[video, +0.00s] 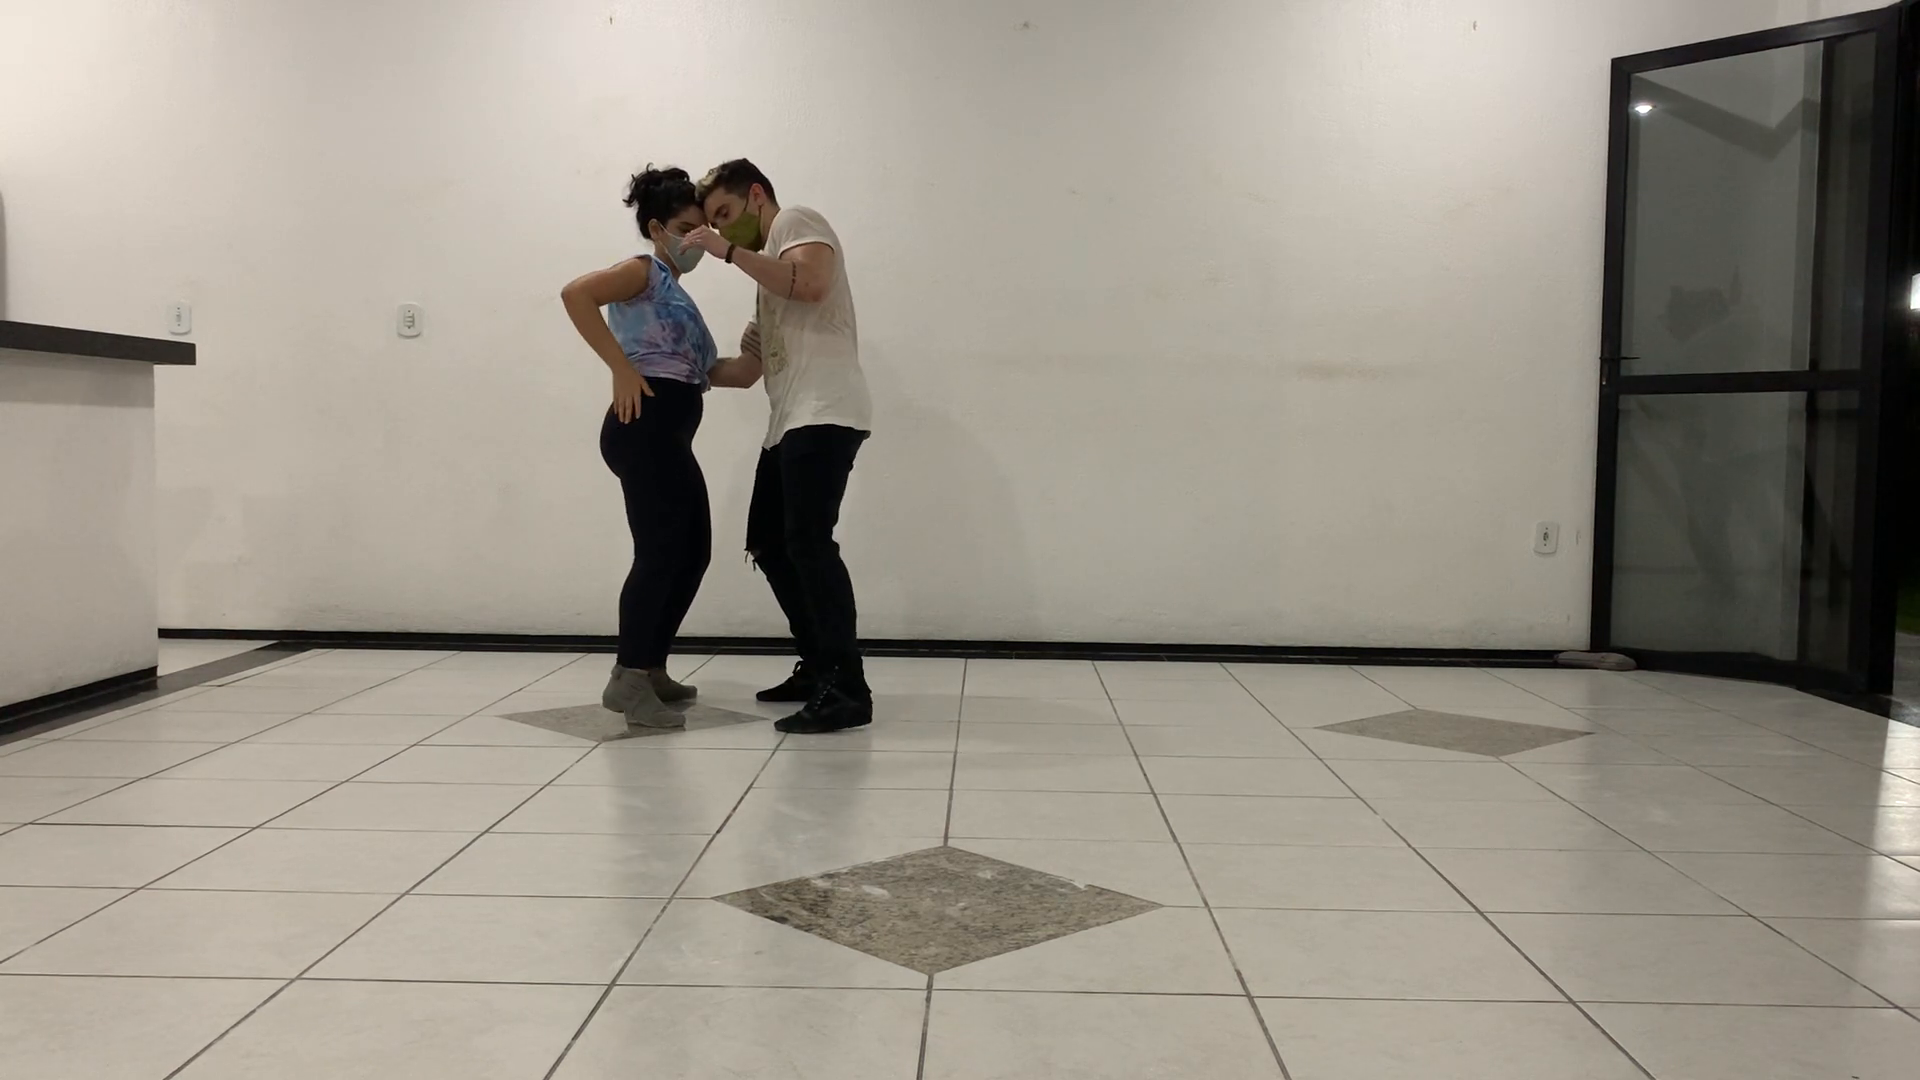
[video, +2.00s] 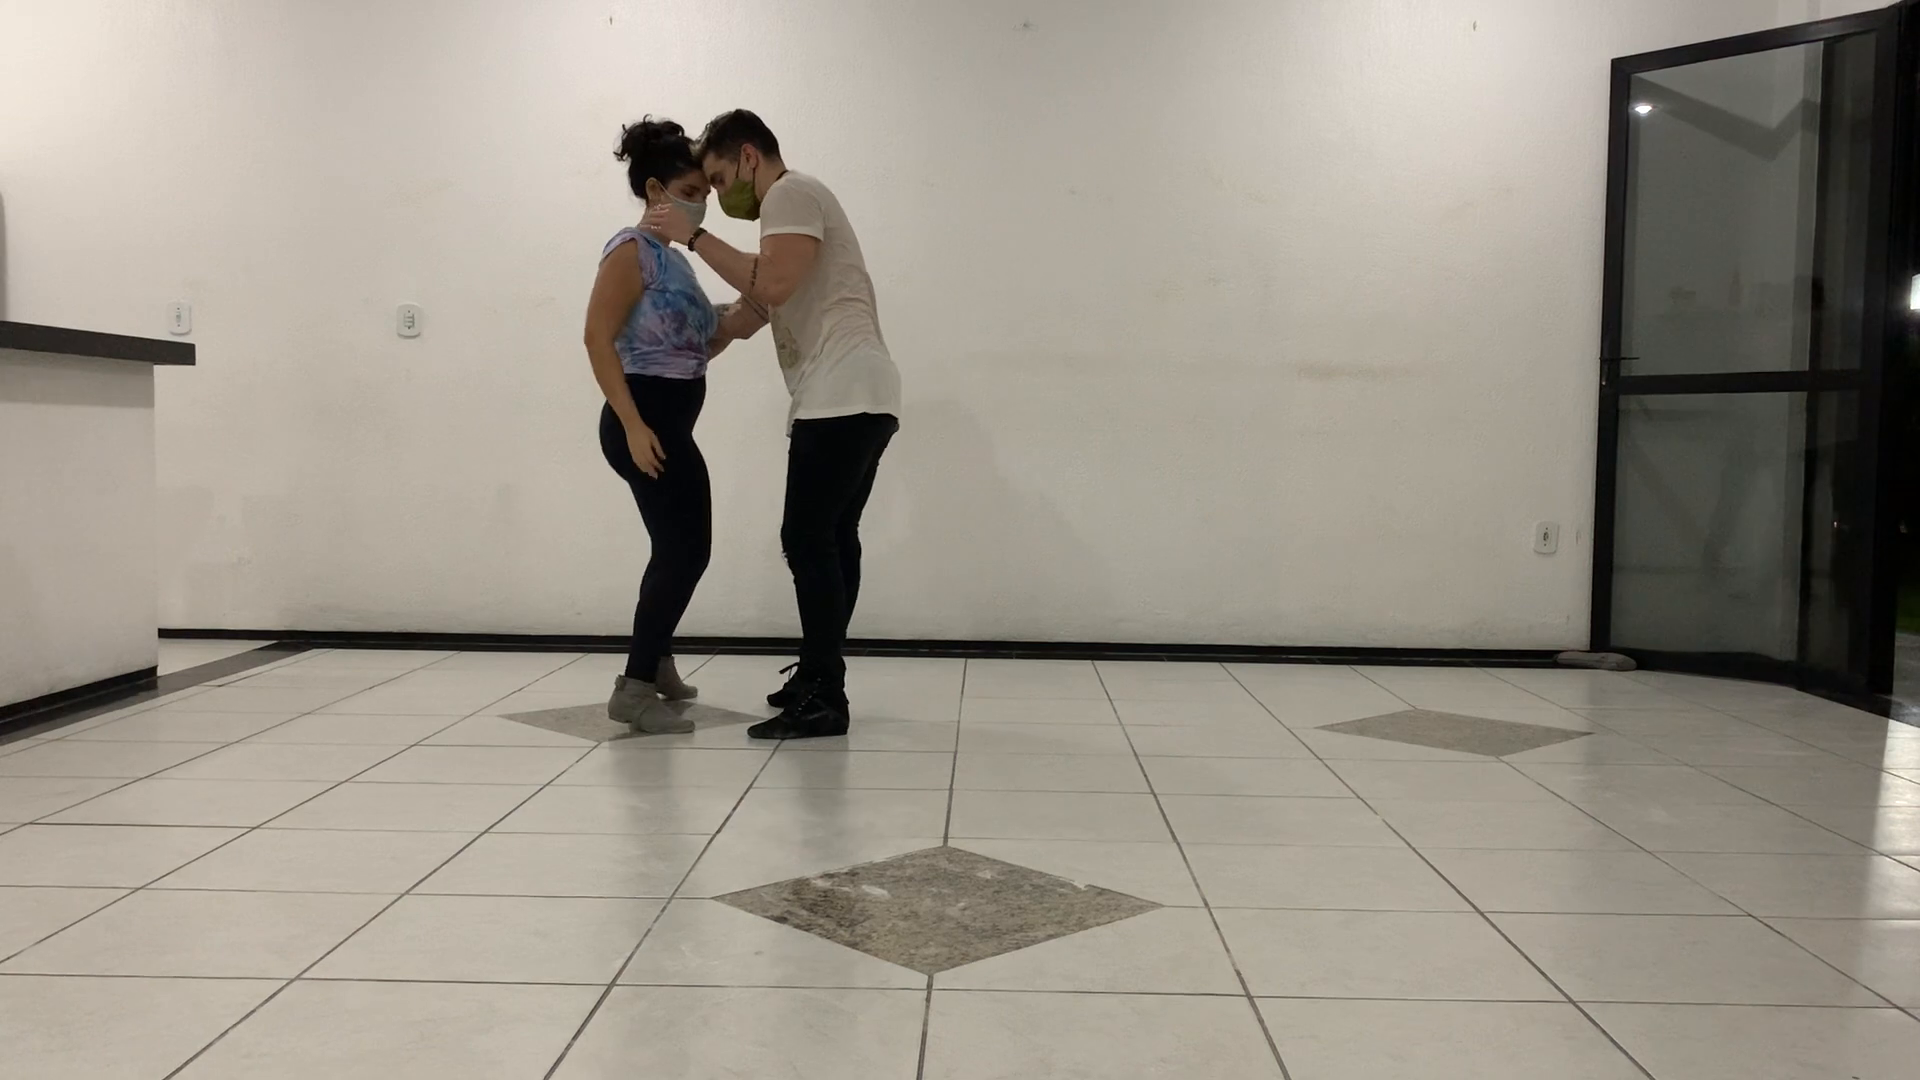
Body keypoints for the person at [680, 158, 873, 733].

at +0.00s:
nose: (722, 232)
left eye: (725, 215)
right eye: (714, 223)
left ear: (758, 196)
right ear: (735, 218)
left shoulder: (799, 221)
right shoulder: (768, 282)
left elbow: (808, 284)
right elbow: (743, 371)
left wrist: (729, 251)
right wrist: (674, 361)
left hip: (826, 412)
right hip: (789, 422)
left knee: (806, 540)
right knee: (768, 543)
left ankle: (847, 690)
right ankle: (818, 667)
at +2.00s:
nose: (721, 196)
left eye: (719, 181)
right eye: (714, 188)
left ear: (749, 157)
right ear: (756, 160)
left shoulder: (794, 194)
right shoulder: (797, 208)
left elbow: (772, 283)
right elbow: (746, 318)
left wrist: (692, 233)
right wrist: (675, 339)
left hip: (841, 396)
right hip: (853, 396)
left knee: (807, 537)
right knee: (833, 537)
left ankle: (823, 696)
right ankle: (817, 678)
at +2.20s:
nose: (712, 196)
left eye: (714, 180)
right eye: (707, 188)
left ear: (743, 157)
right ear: (748, 165)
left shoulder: (795, 192)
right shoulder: (785, 222)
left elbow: (784, 280)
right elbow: (721, 317)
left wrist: (696, 235)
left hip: (860, 393)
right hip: (856, 396)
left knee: (832, 540)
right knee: (844, 541)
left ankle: (826, 695)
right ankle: (825, 689)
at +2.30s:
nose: (707, 197)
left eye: (708, 181)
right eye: (701, 188)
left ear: (739, 159)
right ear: (741, 166)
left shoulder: (792, 192)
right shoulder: (772, 233)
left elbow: (786, 282)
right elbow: (709, 312)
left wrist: (697, 240)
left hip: (867, 392)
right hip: (864, 395)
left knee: (844, 541)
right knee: (858, 542)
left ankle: (831, 699)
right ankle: (833, 695)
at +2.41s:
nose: (701, 201)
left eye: (701, 185)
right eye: (694, 192)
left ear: (733, 163)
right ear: (735, 170)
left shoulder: (788, 195)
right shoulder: (766, 236)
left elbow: (789, 283)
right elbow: (698, 308)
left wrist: (698, 247)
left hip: (870, 394)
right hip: (871, 395)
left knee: (853, 546)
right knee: (875, 546)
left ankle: (830, 700)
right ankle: (860, 697)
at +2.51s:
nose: (694, 204)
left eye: (694, 188)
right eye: (688, 195)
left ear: (727, 164)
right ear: (726, 172)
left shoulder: (784, 197)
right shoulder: (760, 242)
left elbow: (793, 284)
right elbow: (682, 309)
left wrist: (698, 253)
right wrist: (592, 315)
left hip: (867, 395)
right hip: (878, 394)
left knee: (851, 548)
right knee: (892, 543)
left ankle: (825, 700)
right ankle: (895, 696)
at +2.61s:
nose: (689, 204)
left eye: (689, 189)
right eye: (683, 195)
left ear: (720, 165)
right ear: (722, 171)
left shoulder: (780, 196)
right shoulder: (756, 234)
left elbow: (798, 281)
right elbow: (682, 306)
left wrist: (702, 254)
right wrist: (596, 319)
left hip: (860, 396)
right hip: (874, 393)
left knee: (842, 551)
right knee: (895, 540)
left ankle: (824, 701)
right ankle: (928, 690)